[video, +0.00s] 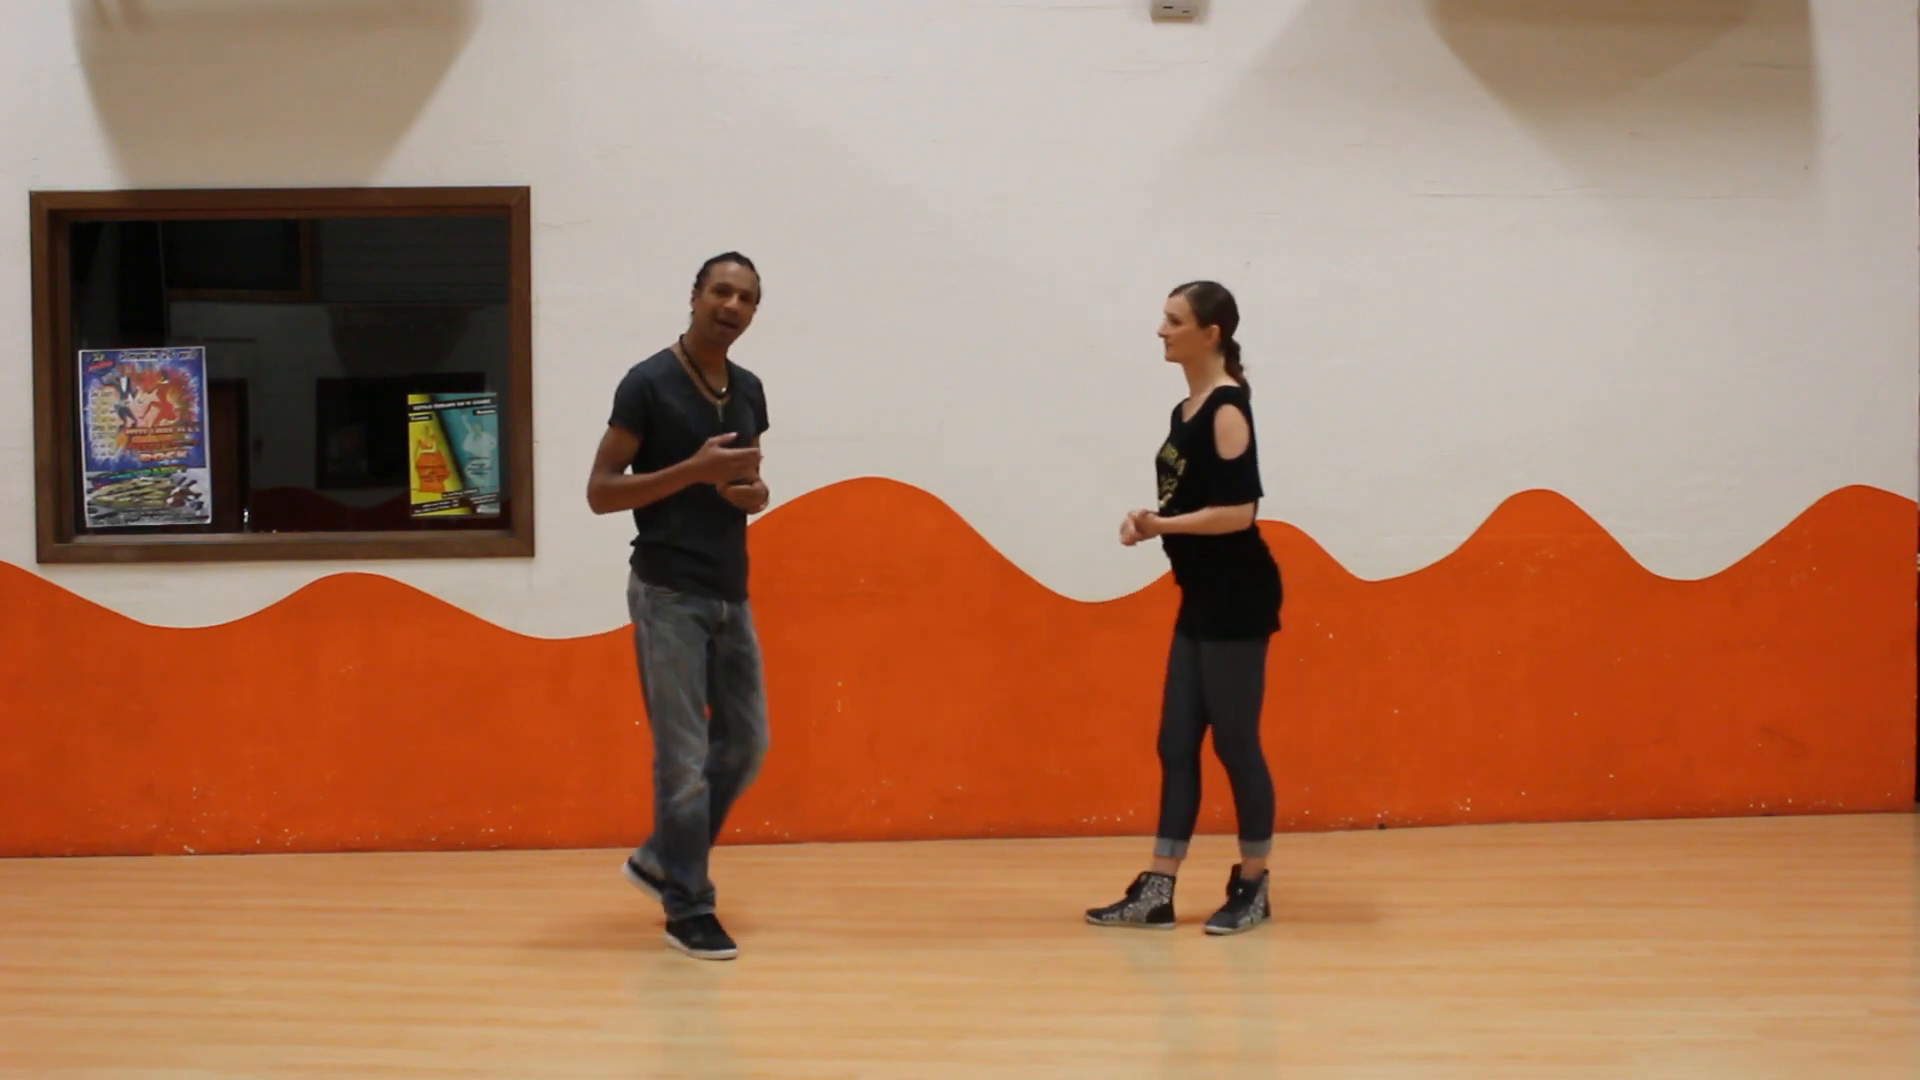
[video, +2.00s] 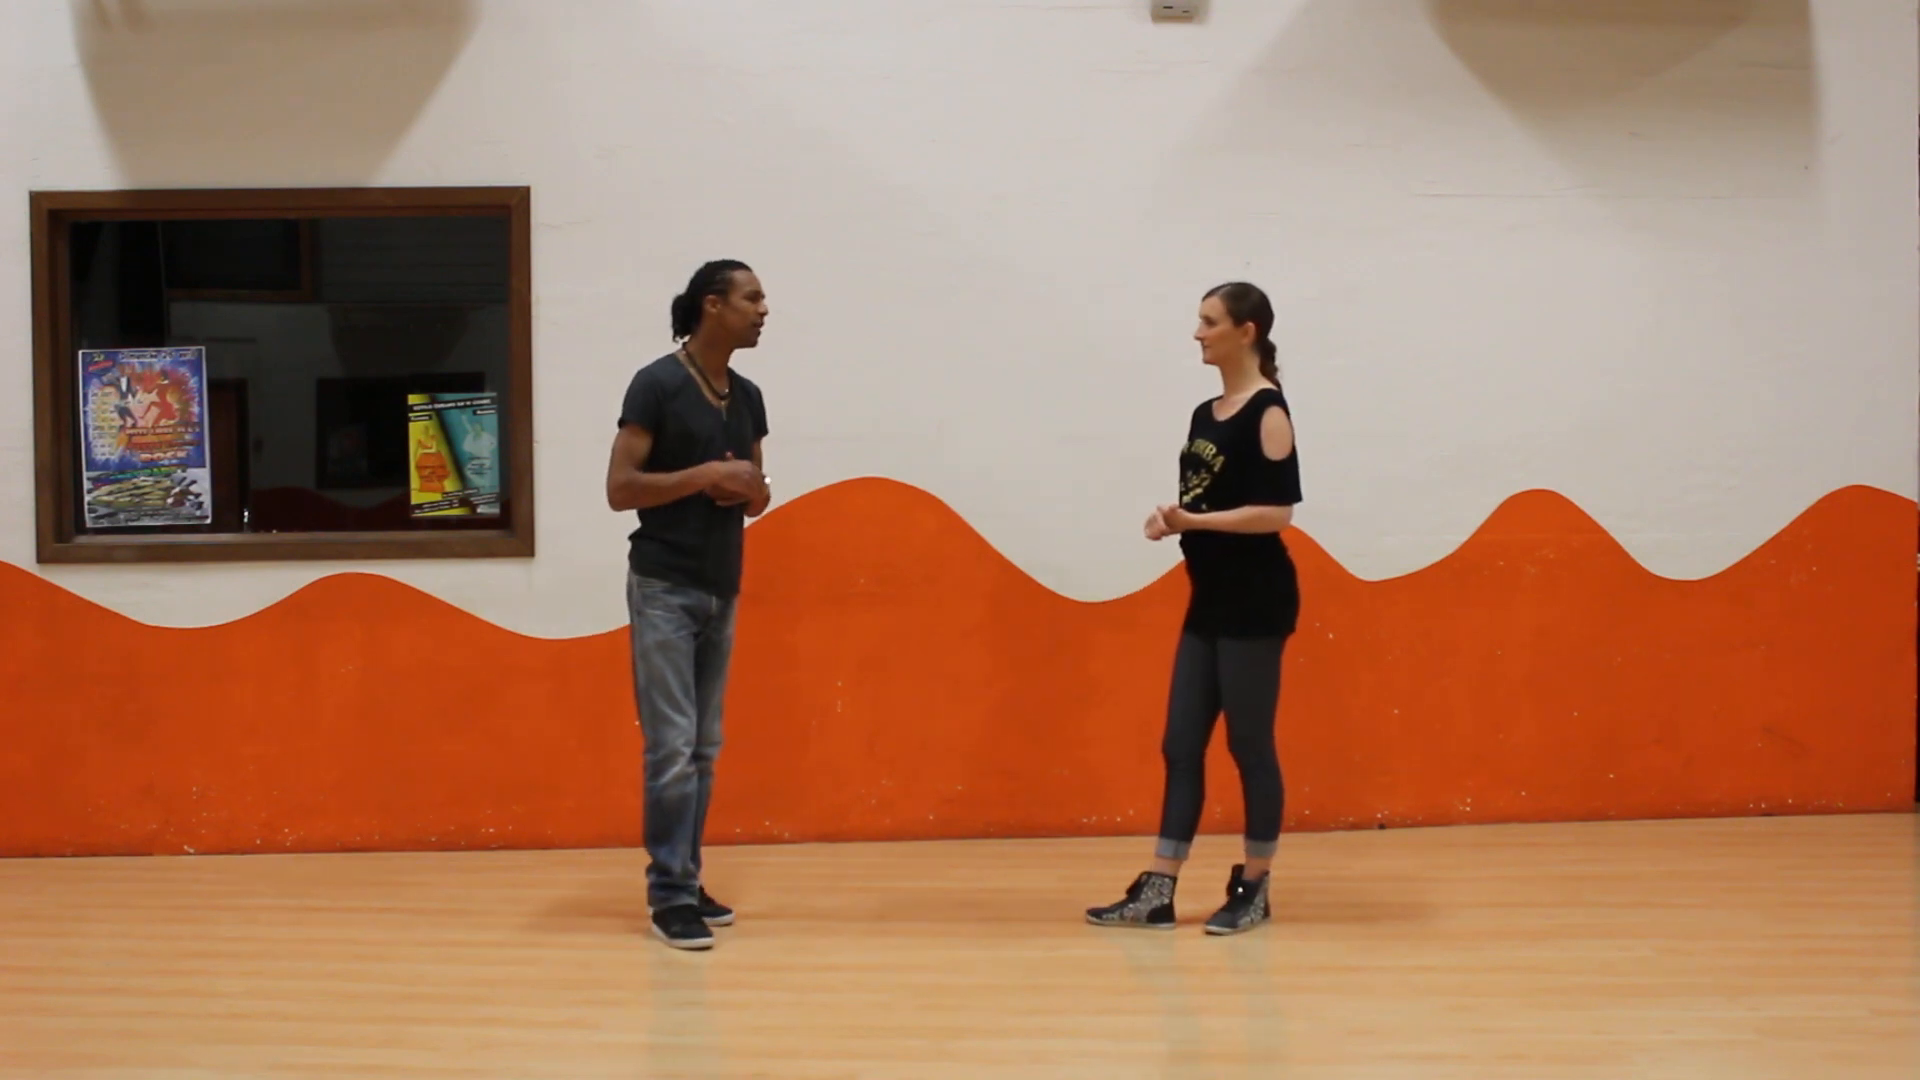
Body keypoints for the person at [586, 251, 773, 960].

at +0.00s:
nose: (734, 305)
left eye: (747, 298)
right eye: (723, 291)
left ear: (754, 314)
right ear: (693, 298)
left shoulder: (747, 392)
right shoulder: (647, 384)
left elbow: (754, 490)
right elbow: (600, 493)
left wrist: (750, 493)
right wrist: (695, 470)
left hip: (729, 594)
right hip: (667, 592)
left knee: (745, 742)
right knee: (682, 750)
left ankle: (662, 858)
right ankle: (690, 913)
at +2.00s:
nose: (765, 310)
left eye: (763, 299)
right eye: (753, 299)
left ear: (728, 309)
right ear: (711, 307)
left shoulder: (746, 395)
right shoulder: (655, 385)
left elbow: (759, 495)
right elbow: (619, 490)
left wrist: (746, 487)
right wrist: (707, 475)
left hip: (719, 590)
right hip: (663, 587)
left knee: (704, 743)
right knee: (672, 742)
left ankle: (684, 883)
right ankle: (670, 896)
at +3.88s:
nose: (781, 328)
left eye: (784, 315)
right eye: (773, 314)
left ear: (742, 313)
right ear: (730, 309)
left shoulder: (747, 384)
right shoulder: (673, 390)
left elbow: (723, 487)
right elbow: (660, 510)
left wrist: (761, 482)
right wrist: (744, 483)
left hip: (741, 592)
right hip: (683, 594)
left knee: (767, 742)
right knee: (692, 753)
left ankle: (779, 887)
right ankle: (694, 901)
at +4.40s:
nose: (833, 300)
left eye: (832, 290)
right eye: (820, 288)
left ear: (805, 303)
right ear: (776, 297)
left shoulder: (816, 392)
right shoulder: (727, 384)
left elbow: (802, 490)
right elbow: (704, 496)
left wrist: (829, 481)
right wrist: (793, 475)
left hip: (802, 591)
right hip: (743, 590)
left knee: (802, 747)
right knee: (733, 750)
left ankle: (800, 890)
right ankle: (697, 898)